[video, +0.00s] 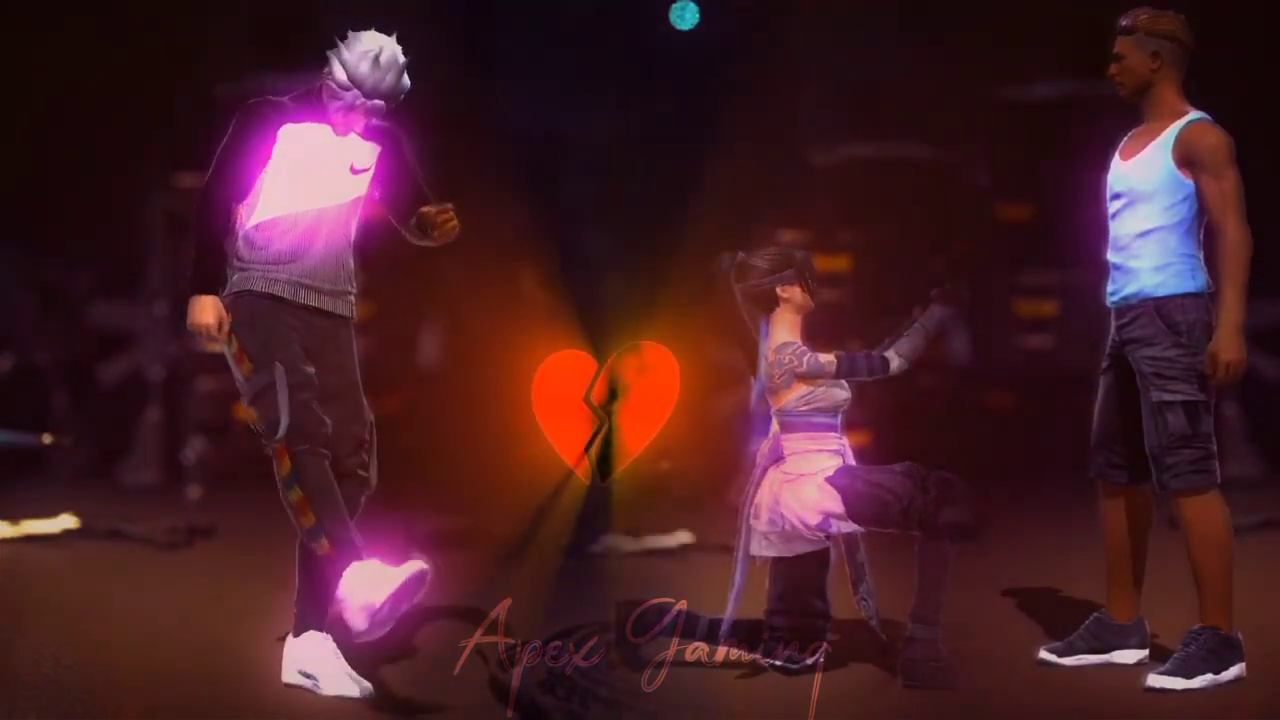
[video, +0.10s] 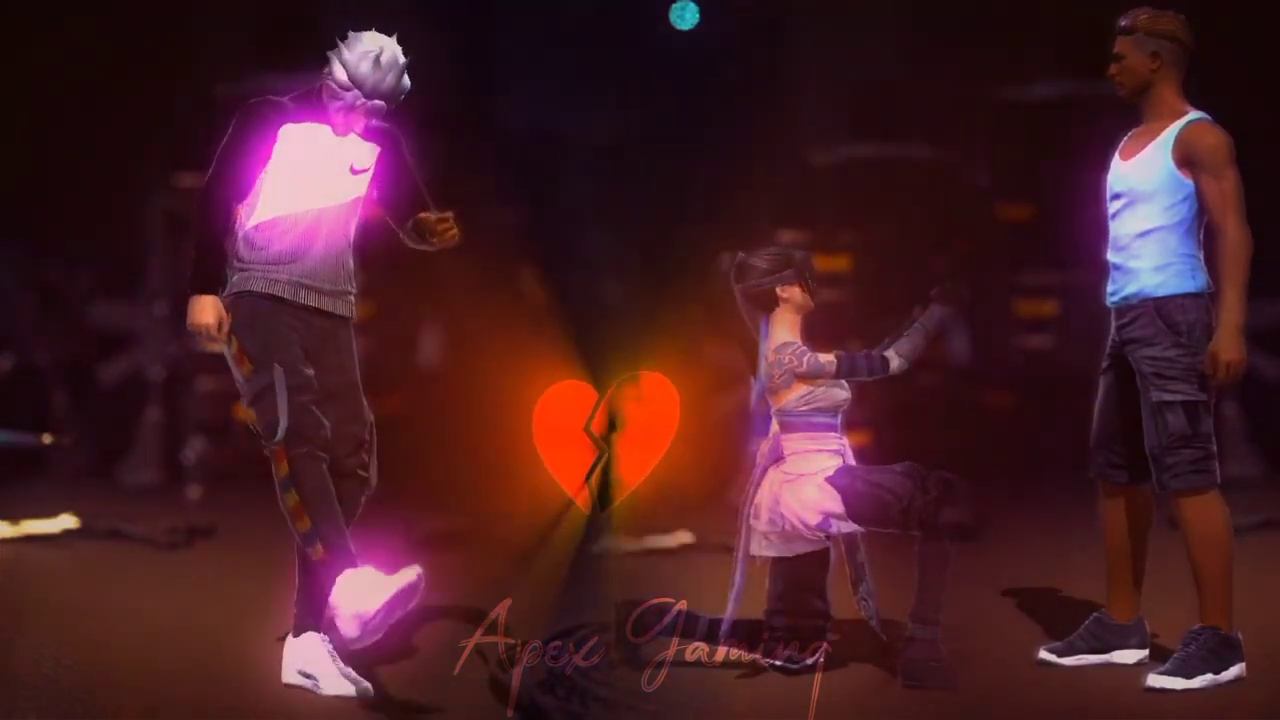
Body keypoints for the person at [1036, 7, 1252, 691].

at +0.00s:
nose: (1112, 68)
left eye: (1122, 58)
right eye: (1112, 59)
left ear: (1159, 62)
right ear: (1141, 65)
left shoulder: (1200, 135)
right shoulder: (1132, 140)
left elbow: (1234, 232)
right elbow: (1136, 240)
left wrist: (1229, 327)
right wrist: (1118, 319)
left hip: (1172, 320)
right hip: (1125, 323)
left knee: (1190, 477)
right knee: (1117, 471)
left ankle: (1216, 637)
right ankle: (1121, 623)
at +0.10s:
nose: (1112, 68)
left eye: (1121, 58)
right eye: (1112, 58)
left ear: (1159, 62)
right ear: (1141, 65)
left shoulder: (1199, 135)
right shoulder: (1132, 141)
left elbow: (1234, 232)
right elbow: (1135, 240)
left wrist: (1229, 327)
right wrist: (1118, 319)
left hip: (1172, 320)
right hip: (1125, 322)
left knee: (1190, 477)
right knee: (1117, 471)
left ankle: (1216, 637)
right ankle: (1121, 623)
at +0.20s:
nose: (1111, 68)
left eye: (1121, 58)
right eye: (1111, 58)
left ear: (1158, 63)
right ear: (1140, 65)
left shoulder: (1199, 135)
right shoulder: (1132, 140)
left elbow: (1234, 232)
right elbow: (1137, 240)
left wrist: (1230, 327)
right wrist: (1119, 319)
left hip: (1172, 320)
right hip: (1126, 322)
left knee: (1189, 476)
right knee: (1116, 471)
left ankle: (1216, 637)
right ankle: (1121, 623)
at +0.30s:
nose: (1111, 68)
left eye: (1121, 58)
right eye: (1111, 58)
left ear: (1158, 63)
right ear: (1140, 65)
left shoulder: (1199, 135)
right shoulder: (1132, 140)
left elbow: (1234, 232)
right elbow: (1137, 240)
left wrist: (1230, 327)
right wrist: (1119, 320)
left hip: (1172, 320)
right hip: (1126, 323)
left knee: (1189, 477)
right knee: (1116, 471)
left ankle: (1216, 637)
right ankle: (1121, 623)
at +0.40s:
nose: (1111, 68)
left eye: (1120, 58)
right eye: (1111, 58)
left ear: (1158, 62)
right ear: (1140, 65)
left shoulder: (1199, 135)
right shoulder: (1131, 142)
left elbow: (1234, 232)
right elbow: (1135, 241)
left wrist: (1230, 327)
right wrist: (1119, 320)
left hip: (1172, 320)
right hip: (1125, 322)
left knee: (1189, 477)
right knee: (1117, 471)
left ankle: (1216, 637)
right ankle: (1121, 623)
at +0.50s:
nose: (1111, 68)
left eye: (1120, 58)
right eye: (1111, 58)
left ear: (1158, 62)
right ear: (1140, 65)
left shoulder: (1199, 135)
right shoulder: (1131, 141)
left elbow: (1233, 233)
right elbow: (1135, 241)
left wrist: (1231, 328)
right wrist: (1119, 320)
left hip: (1172, 320)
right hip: (1125, 323)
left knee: (1189, 477)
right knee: (1115, 471)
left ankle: (1216, 637)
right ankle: (1121, 623)